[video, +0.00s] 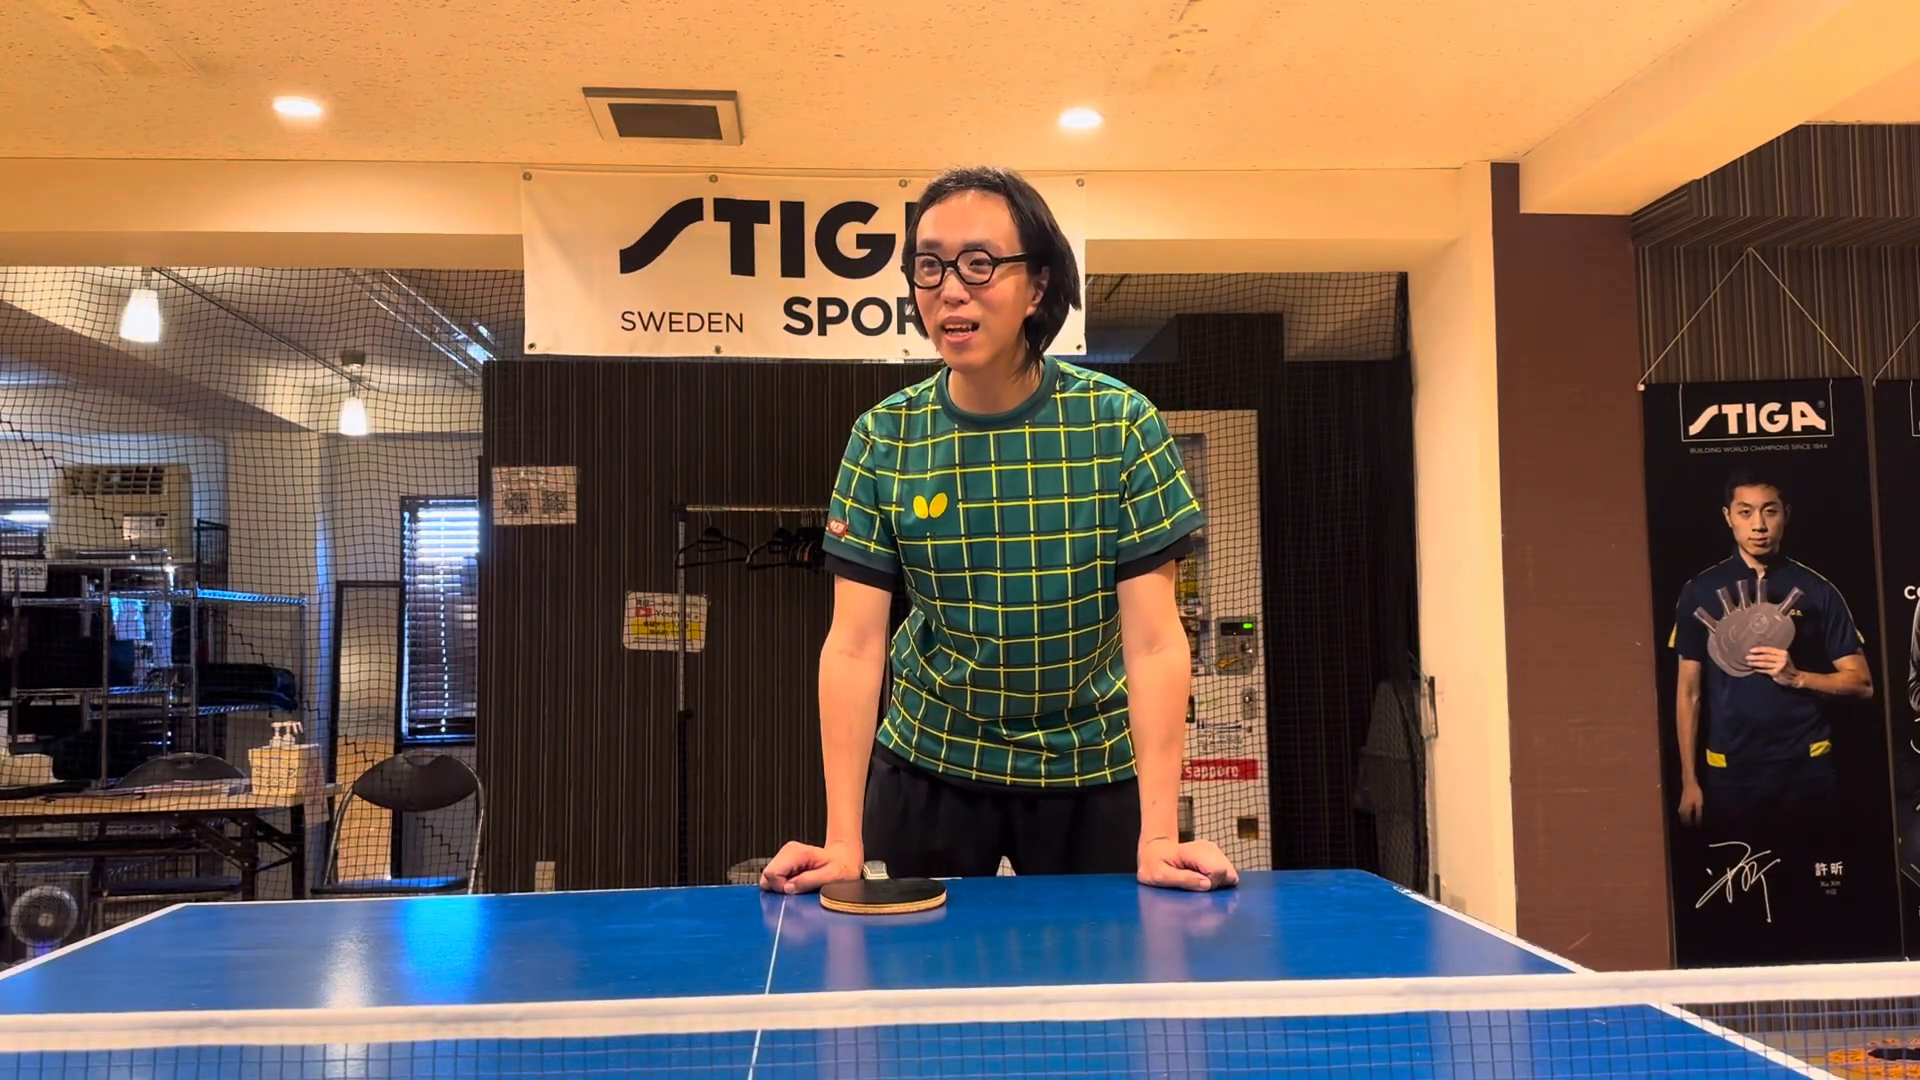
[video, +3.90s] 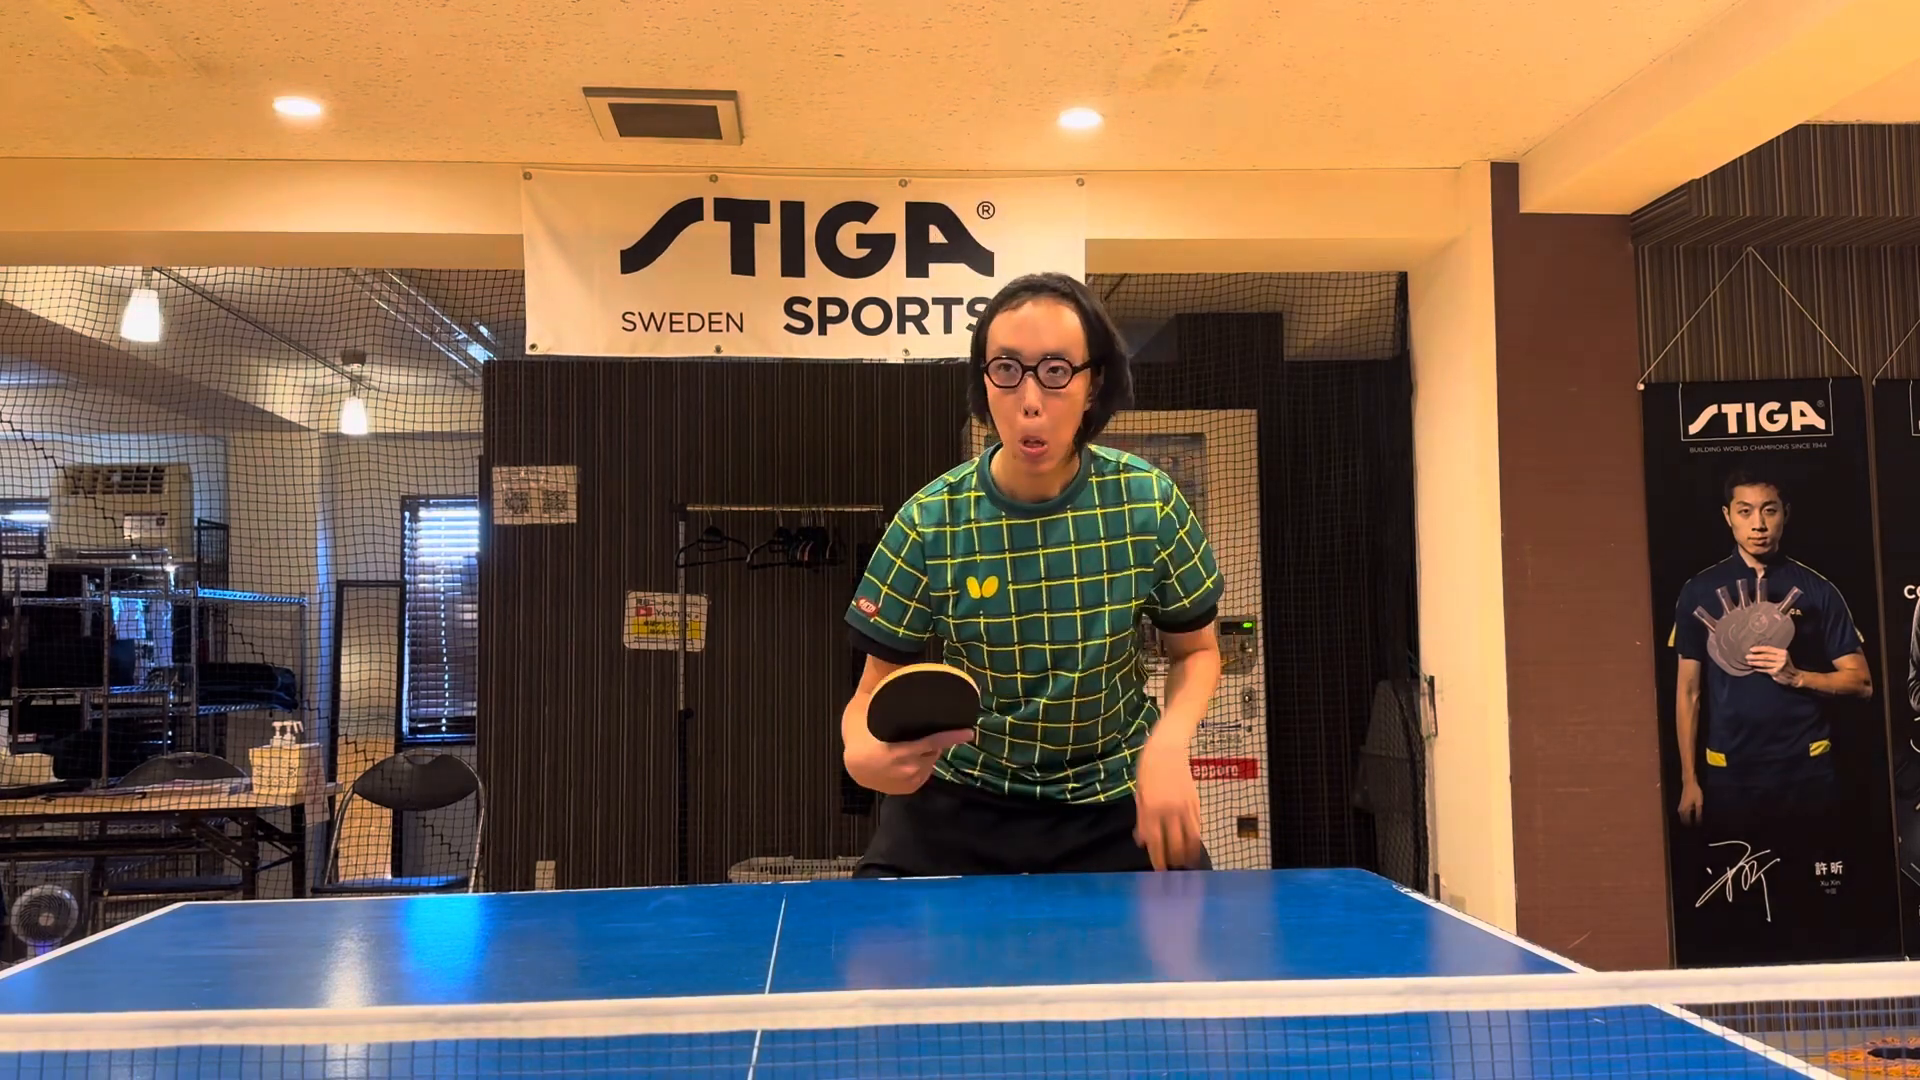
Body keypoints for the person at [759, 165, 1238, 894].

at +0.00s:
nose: (949, 289)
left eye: (979, 263)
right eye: (931, 266)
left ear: (1037, 287)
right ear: (914, 287)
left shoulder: (1120, 426)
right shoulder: (886, 437)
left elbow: (1154, 642)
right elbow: (853, 646)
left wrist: (1161, 836)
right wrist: (842, 844)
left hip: (1090, 781)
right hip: (927, 778)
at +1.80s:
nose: (1001, 248)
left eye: (1029, 228)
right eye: (982, 228)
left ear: (1071, 260)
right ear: (960, 254)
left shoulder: (1129, 420)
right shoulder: (913, 426)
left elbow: (1154, 614)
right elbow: (882, 627)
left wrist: (1135, 751)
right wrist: (906, 763)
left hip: (1095, 776)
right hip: (948, 776)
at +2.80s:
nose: (1010, 318)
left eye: (1034, 295)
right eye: (988, 294)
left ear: (1069, 310)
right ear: (960, 311)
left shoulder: (1120, 459)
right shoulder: (900, 464)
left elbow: (1158, 639)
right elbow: (831, 648)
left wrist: (1124, 641)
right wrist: (916, 708)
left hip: (1097, 800)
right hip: (929, 801)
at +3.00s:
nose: (1070, 329)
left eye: (1095, 307)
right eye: (1048, 304)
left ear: (1129, 321)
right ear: (1019, 317)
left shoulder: (1181, 453)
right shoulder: (964, 473)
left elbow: (1232, 661)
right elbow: (886, 649)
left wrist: (1186, 541)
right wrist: (938, 714)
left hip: (1154, 782)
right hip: (989, 779)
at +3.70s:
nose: (1032, 387)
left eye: (1058, 363)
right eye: (1010, 361)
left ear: (1096, 378)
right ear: (986, 374)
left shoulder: (1149, 493)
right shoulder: (933, 513)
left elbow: (1203, 684)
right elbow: (869, 694)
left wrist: (1162, 623)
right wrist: (898, 767)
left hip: (1121, 792)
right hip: (962, 796)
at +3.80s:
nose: (1028, 394)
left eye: (1053, 369)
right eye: (1006, 367)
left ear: (1091, 383)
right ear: (982, 380)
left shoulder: (1149, 502)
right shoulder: (927, 521)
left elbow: (1202, 651)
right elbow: (873, 692)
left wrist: (1156, 668)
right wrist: (876, 760)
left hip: (1123, 811)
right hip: (956, 813)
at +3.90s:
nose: (1030, 400)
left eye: (1056, 371)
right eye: (1007, 370)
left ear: (1094, 383)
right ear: (983, 383)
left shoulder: (1149, 505)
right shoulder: (930, 522)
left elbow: (1197, 651)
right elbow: (879, 682)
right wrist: (862, 758)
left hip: (1110, 812)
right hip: (953, 808)